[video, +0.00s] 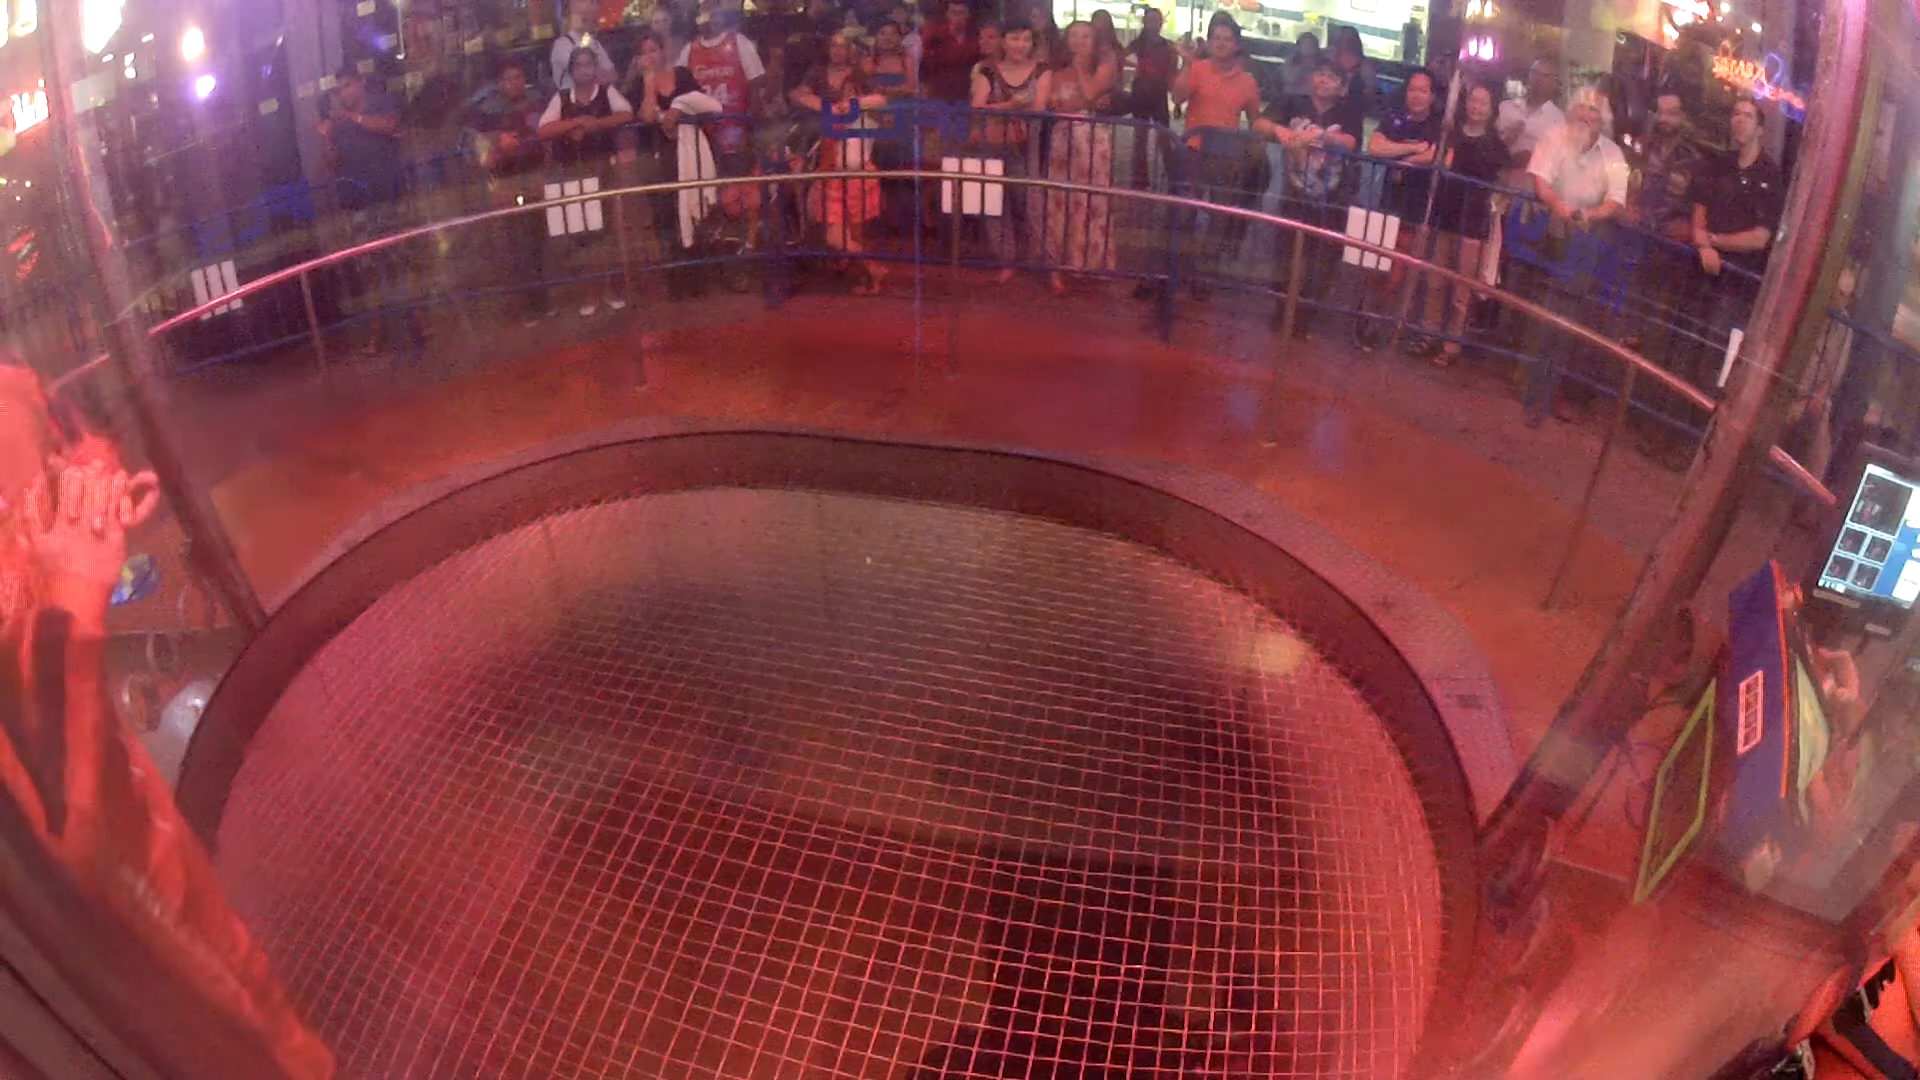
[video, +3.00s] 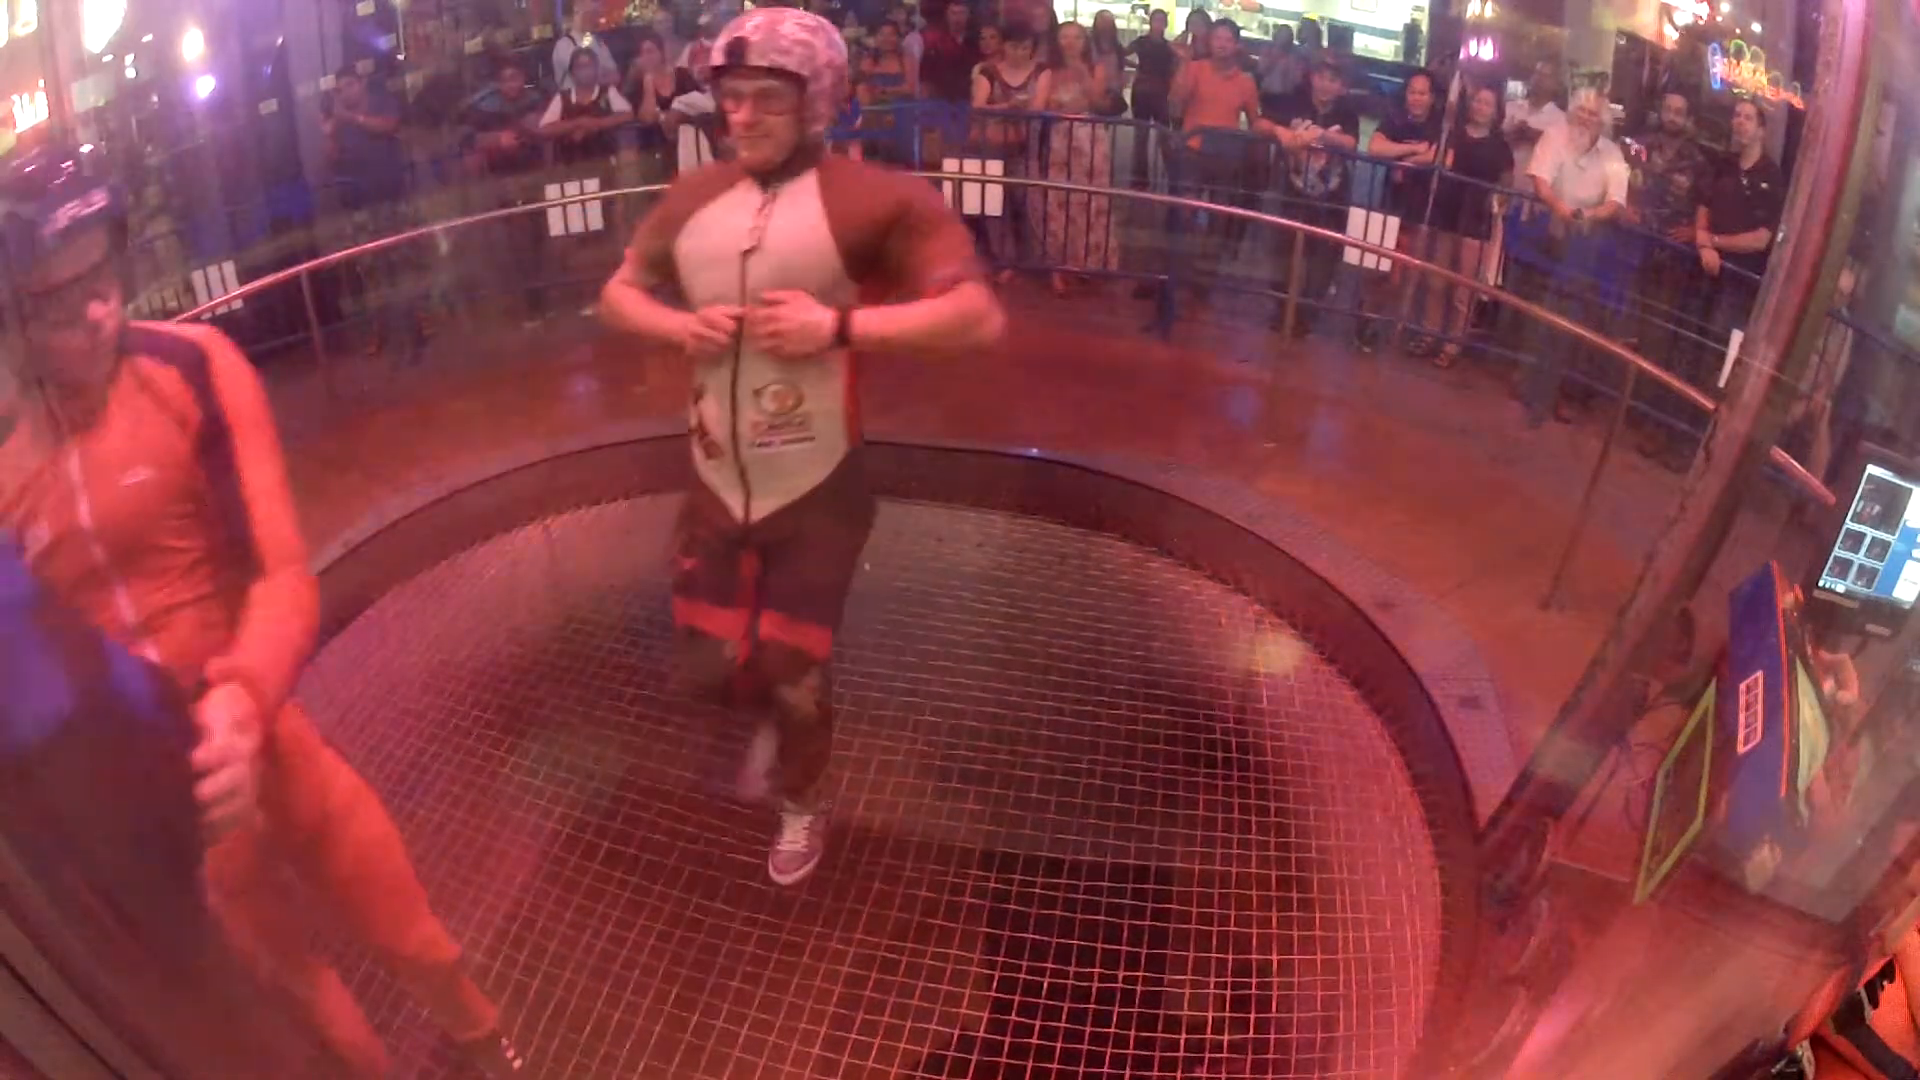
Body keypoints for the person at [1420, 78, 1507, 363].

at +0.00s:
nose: (1476, 107)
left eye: (1483, 102)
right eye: (1473, 100)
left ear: (1492, 110)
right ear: (1465, 104)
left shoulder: (1496, 146)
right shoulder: (1452, 138)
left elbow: (1490, 174)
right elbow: (1437, 166)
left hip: (1473, 219)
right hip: (1443, 213)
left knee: (1462, 286)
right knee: (1435, 279)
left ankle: (1452, 342)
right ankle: (1428, 333)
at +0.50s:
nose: (1477, 107)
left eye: (1484, 103)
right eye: (1473, 101)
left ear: (1494, 109)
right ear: (1465, 104)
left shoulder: (1498, 146)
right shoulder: (1452, 136)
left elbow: (1494, 180)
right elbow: (1438, 167)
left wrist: (1456, 161)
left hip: (1474, 219)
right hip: (1443, 212)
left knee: (1463, 285)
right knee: (1435, 280)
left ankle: (1452, 342)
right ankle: (1429, 333)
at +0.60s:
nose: (1478, 107)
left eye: (1485, 103)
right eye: (1474, 101)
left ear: (1494, 109)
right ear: (1466, 104)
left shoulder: (1498, 146)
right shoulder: (1453, 137)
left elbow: (1501, 186)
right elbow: (1439, 169)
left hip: (1475, 218)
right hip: (1444, 212)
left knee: (1463, 284)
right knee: (1435, 278)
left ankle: (1452, 341)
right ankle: (1429, 332)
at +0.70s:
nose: (1477, 107)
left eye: (1484, 103)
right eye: (1473, 100)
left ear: (1494, 110)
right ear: (1466, 103)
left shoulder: (1498, 148)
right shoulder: (1452, 137)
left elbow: (1497, 185)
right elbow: (1437, 168)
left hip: (1474, 219)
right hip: (1443, 213)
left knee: (1463, 285)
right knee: (1435, 279)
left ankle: (1452, 341)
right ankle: (1429, 332)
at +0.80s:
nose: (1477, 107)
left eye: (1484, 103)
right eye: (1474, 101)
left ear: (1494, 110)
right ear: (1466, 104)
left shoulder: (1498, 148)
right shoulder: (1451, 137)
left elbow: (1499, 186)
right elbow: (1437, 169)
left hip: (1474, 219)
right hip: (1443, 213)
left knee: (1463, 285)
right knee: (1435, 279)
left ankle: (1452, 341)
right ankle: (1429, 332)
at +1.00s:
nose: (1478, 107)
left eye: (1485, 103)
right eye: (1474, 101)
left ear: (1494, 111)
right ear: (1466, 104)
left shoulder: (1498, 147)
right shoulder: (1452, 137)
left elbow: (1504, 185)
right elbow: (1439, 166)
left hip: (1475, 217)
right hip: (1445, 211)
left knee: (1463, 284)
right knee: (1435, 277)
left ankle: (1452, 341)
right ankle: (1429, 331)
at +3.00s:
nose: (1480, 107)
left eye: (1487, 103)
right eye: (1477, 101)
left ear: (1497, 111)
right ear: (1469, 104)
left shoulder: (1500, 148)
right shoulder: (1453, 137)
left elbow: (1506, 187)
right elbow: (1439, 166)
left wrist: (1495, 206)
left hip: (1476, 220)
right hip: (1444, 212)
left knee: (1463, 289)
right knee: (1435, 281)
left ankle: (1453, 342)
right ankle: (1429, 333)